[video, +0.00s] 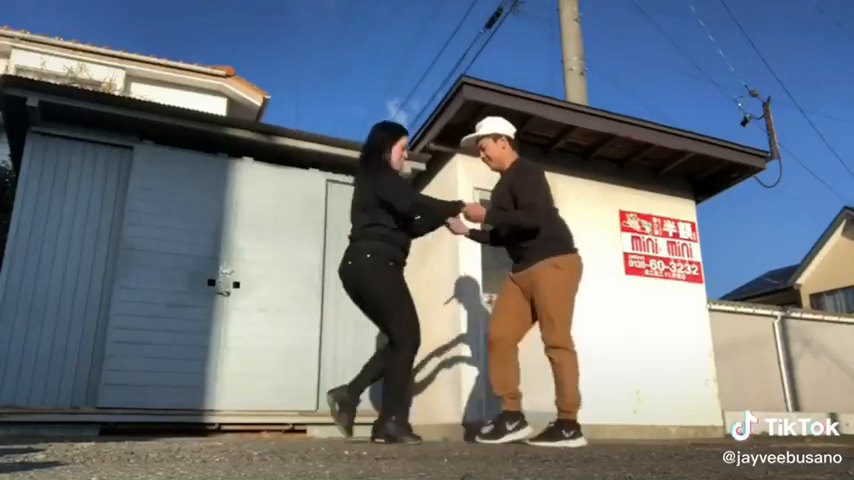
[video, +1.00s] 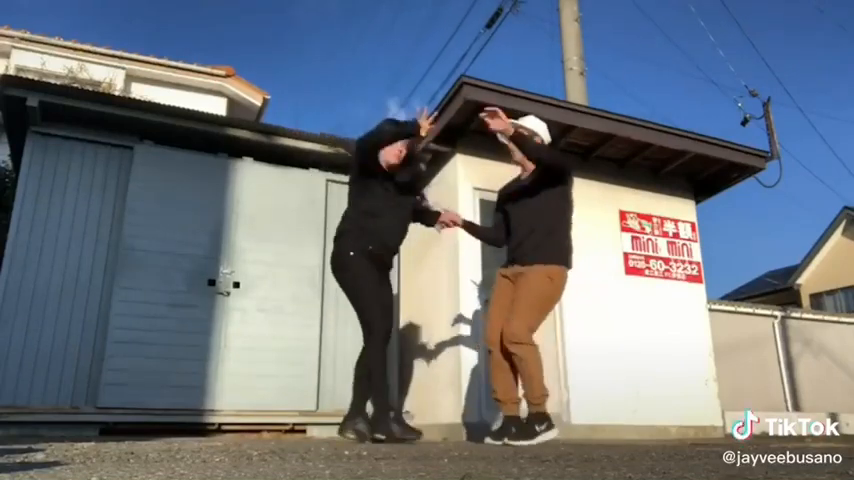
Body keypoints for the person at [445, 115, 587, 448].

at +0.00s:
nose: (482, 156)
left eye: (484, 148)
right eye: (479, 151)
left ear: (503, 141)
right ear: (495, 148)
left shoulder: (526, 171)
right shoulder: (502, 188)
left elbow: (534, 218)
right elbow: (505, 236)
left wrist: (487, 215)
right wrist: (468, 232)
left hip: (554, 265)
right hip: (523, 273)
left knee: (557, 342)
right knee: (500, 337)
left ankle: (568, 423)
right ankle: (512, 416)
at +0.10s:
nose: (491, 152)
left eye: (495, 144)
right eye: (490, 146)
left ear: (515, 141)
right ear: (507, 146)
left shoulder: (535, 172)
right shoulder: (516, 186)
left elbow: (524, 204)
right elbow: (518, 236)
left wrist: (485, 187)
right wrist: (500, 222)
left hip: (561, 265)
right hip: (532, 275)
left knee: (561, 343)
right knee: (523, 341)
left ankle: (570, 423)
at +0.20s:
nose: (503, 144)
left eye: (507, 137)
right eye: (501, 140)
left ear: (526, 137)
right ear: (516, 142)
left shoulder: (543, 168)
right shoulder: (518, 188)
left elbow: (518, 171)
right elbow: (525, 236)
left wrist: (484, 142)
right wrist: (509, 228)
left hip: (567, 265)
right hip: (549, 270)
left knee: (560, 343)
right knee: (551, 347)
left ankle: (569, 425)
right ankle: (617, 399)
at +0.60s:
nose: (513, 138)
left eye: (519, 133)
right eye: (514, 134)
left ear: (537, 139)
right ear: (529, 140)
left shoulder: (543, 159)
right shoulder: (523, 191)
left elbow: (506, 153)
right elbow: (518, 243)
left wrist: (472, 140)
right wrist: (480, 248)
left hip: (565, 262)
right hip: (545, 270)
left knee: (547, 343)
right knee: (531, 346)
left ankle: (545, 423)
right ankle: (601, 396)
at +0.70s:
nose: (510, 140)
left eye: (517, 135)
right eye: (512, 135)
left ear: (535, 140)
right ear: (526, 141)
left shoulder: (545, 162)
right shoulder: (519, 194)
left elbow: (503, 154)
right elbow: (508, 241)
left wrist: (490, 158)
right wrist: (467, 240)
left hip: (559, 264)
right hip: (532, 270)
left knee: (543, 341)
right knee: (504, 331)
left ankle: (548, 420)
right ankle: (554, 388)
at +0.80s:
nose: (509, 138)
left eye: (516, 132)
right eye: (509, 134)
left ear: (534, 136)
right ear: (518, 141)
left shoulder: (545, 164)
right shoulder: (514, 191)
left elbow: (533, 148)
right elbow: (502, 238)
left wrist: (504, 162)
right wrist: (463, 231)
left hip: (551, 265)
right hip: (520, 270)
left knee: (538, 342)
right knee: (490, 326)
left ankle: (545, 423)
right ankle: (518, 403)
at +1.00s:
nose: (512, 149)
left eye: (518, 142)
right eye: (510, 144)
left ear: (536, 144)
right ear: (512, 150)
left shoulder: (559, 174)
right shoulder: (508, 192)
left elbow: (545, 155)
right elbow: (499, 237)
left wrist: (511, 129)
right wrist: (462, 222)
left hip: (546, 269)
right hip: (511, 270)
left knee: (517, 334)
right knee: (495, 338)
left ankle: (540, 416)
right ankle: (511, 417)